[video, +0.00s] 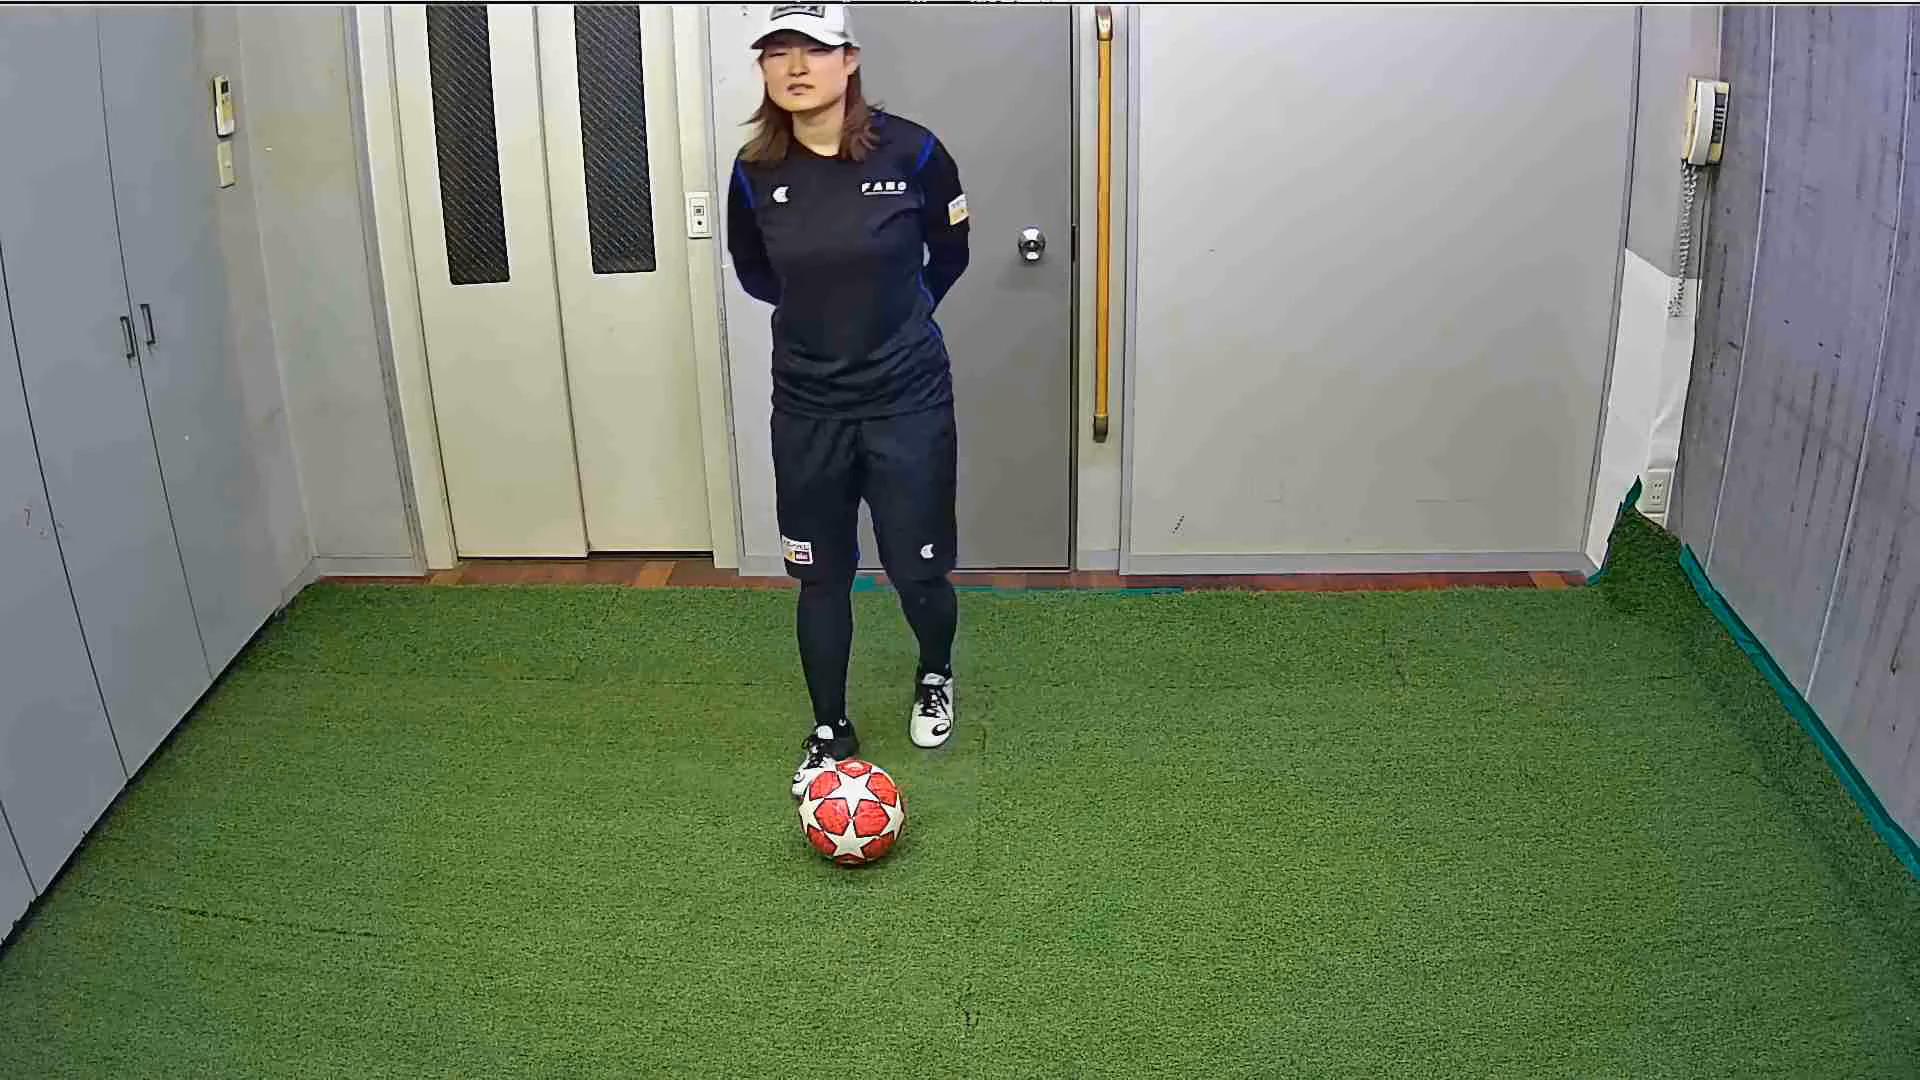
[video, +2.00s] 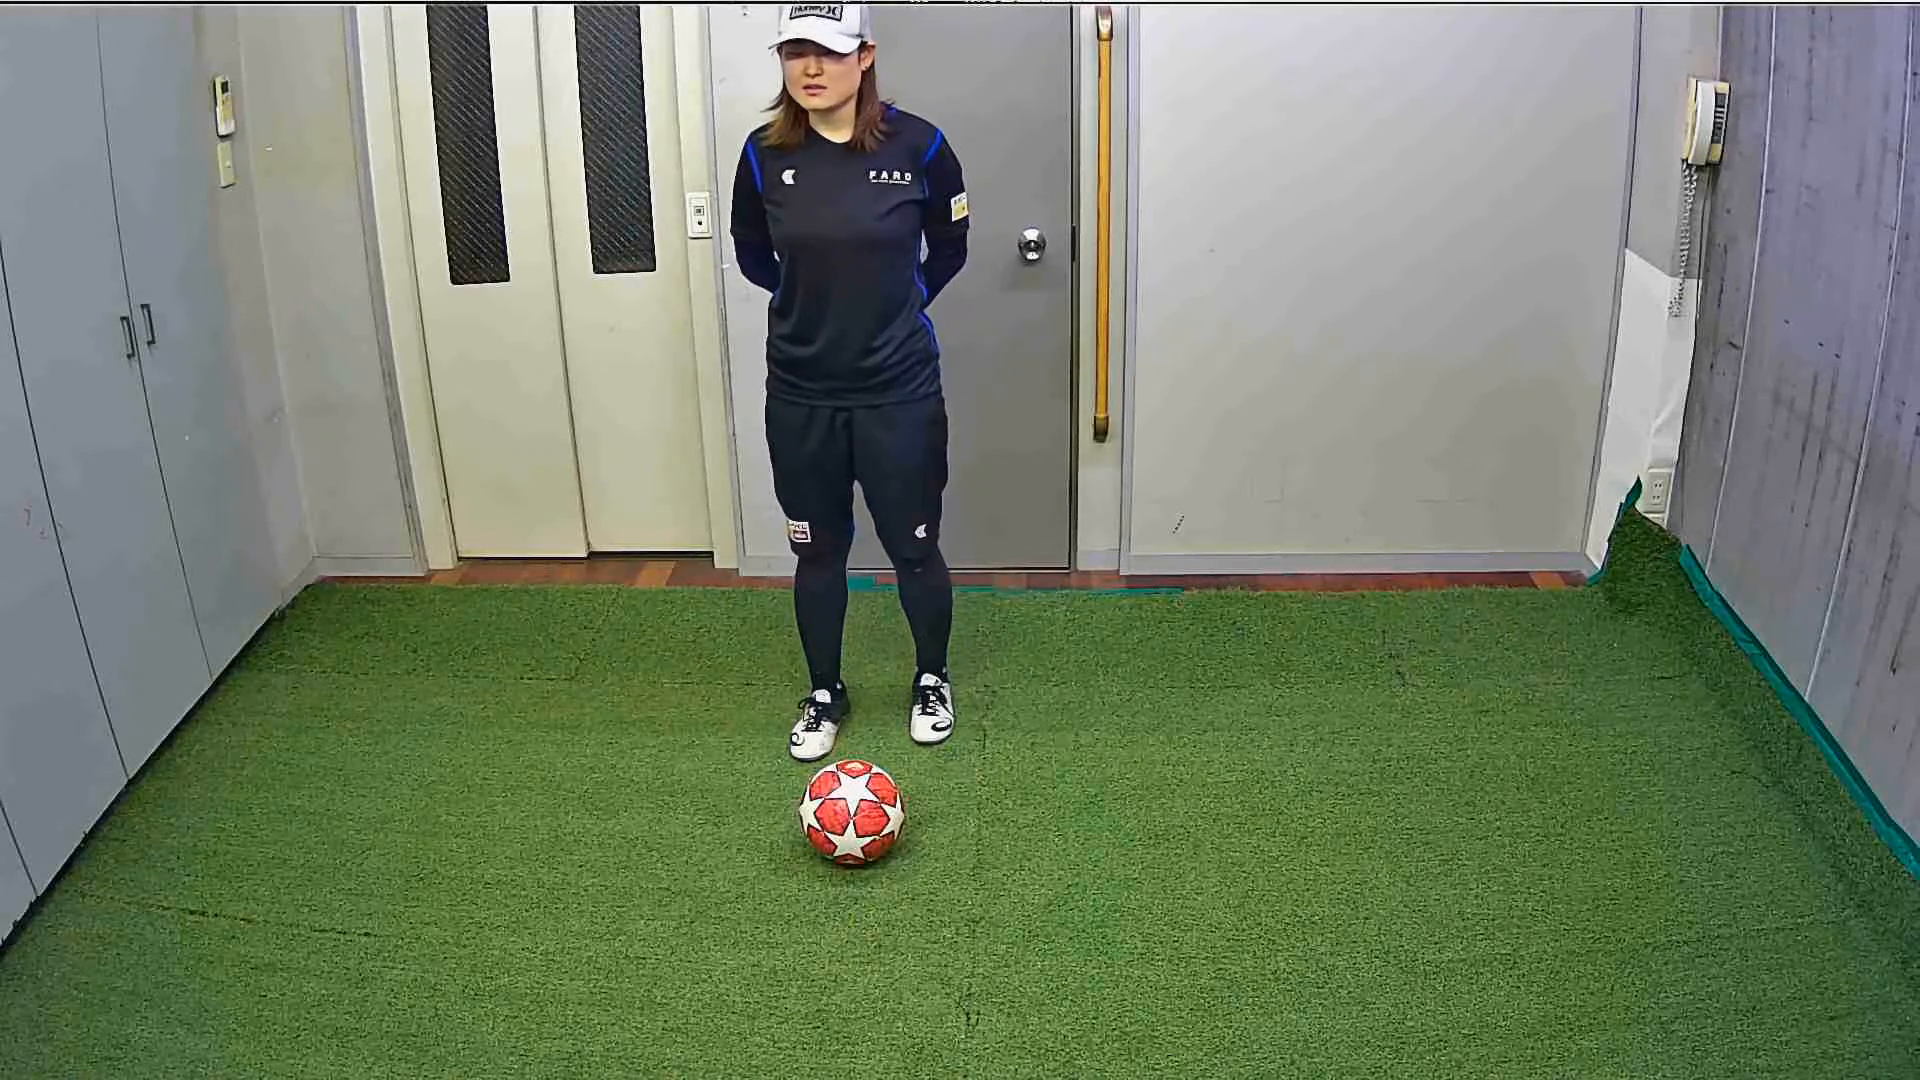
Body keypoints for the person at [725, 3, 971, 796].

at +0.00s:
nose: (793, 66)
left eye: (812, 50)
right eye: (778, 54)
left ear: (849, 62)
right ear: (765, 71)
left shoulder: (914, 151)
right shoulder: (754, 170)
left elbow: (953, 252)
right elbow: (752, 273)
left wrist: (895, 313)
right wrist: (822, 306)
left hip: (906, 397)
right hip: (806, 403)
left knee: (920, 573)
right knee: (816, 571)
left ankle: (933, 675)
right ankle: (830, 730)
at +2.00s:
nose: (810, 69)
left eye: (827, 53)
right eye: (797, 54)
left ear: (865, 59)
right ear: (782, 65)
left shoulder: (919, 146)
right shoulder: (763, 156)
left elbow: (951, 249)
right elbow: (751, 255)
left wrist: (893, 303)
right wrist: (813, 291)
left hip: (898, 388)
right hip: (801, 390)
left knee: (915, 547)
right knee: (813, 549)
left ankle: (931, 682)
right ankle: (824, 695)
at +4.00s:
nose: (810, 64)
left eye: (827, 49)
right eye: (798, 50)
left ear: (864, 57)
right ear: (781, 64)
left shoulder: (917, 146)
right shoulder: (760, 156)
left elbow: (948, 251)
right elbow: (748, 257)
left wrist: (893, 303)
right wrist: (808, 292)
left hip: (899, 387)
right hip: (800, 389)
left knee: (916, 550)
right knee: (814, 548)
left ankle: (932, 682)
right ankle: (825, 694)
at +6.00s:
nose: (749, 81)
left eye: (766, 64)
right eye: (736, 67)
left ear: (806, 65)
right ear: (724, 76)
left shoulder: (870, 142)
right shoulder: (716, 167)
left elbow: (905, 248)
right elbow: (716, 267)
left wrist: (854, 304)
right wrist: (778, 298)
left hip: (872, 378)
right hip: (774, 388)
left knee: (908, 551)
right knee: (802, 548)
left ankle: (931, 678)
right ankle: (824, 695)